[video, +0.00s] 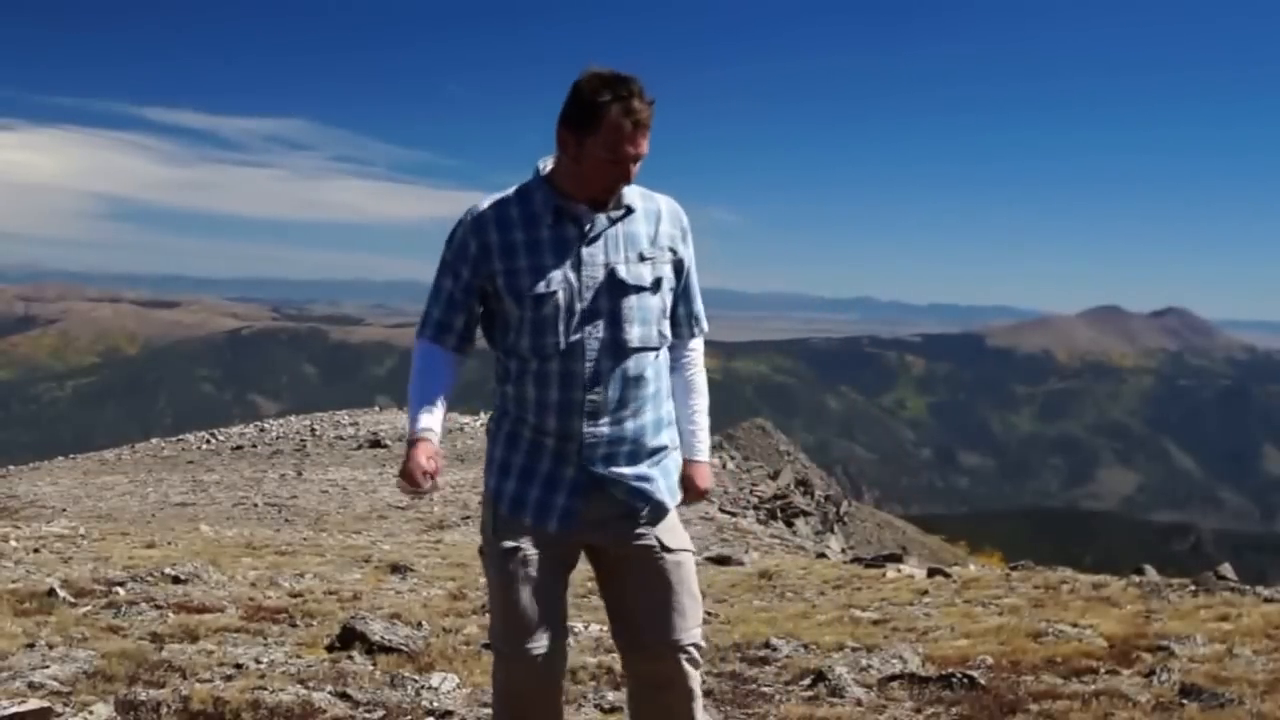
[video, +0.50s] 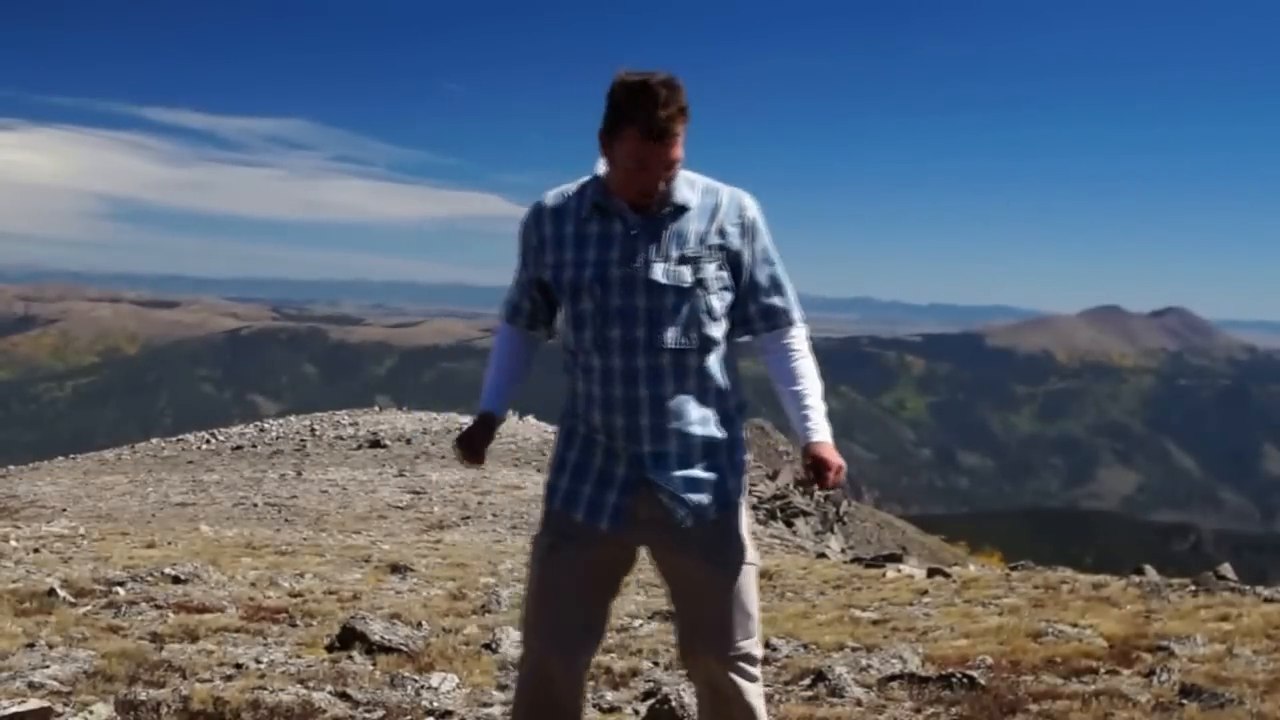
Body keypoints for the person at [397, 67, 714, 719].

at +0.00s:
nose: (631, 172)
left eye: (638, 159)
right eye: (621, 158)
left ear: (644, 146)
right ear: (571, 141)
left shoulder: (664, 221)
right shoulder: (489, 230)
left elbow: (686, 342)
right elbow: (441, 337)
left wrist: (695, 449)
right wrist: (424, 433)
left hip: (640, 477)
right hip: (529, 482)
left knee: (672, 662)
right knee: (528, 667)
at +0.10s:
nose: (627, 177)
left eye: (635, 162)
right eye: (616, 162)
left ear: (644, 147)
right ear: (567, 143)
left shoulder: (662, 221)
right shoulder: (485, 231)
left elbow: (692, 342)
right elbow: (440, 342)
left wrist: (719, 445)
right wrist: (424, 443)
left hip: (641, 474)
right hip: (528, 479)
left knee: (683, 656)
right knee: (521, 673)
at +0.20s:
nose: (631, 164)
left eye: (638, 151)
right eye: (620, 152)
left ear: (643, 137)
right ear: (572, 135)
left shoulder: (672, 208)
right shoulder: (494, 213)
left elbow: (712, 327)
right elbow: (455, 323)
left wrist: (750, 425)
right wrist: (441, 413)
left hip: (649, 464)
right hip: (536, 467)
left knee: (698, 649)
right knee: (522, 661)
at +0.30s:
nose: (639, 158)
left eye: (644, 143)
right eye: (624, 145)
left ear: (651, 137)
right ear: (577, 138)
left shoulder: (687, 211)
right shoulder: (508, 214)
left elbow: (733, 326)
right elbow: (476, 319)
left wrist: (778, 423)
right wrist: (456, 412)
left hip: (661, 467)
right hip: (548, 469)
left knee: (710, 659)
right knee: (532, 668)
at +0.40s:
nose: (647, 165)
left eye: (654, 150)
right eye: (630, 153)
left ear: (664, 145)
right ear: (588, 146)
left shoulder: (706, 219)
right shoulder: (530, 224)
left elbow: (757, 335)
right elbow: (494, 333)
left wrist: (799, 434)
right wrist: (467, 433)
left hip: (675, 477)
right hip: (564, 477)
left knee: (717, 671)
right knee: (536, 676)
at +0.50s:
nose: (667, 158)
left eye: (674, 143)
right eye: (652, 145)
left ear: (684, 140)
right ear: (611, 141)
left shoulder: (730, 215)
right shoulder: (555, 221)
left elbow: (781, 330)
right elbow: (522, 323)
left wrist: (815, 433)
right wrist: (490, 413)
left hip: (700, 475)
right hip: (589, 471)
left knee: (728, 669)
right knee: (549, 666)